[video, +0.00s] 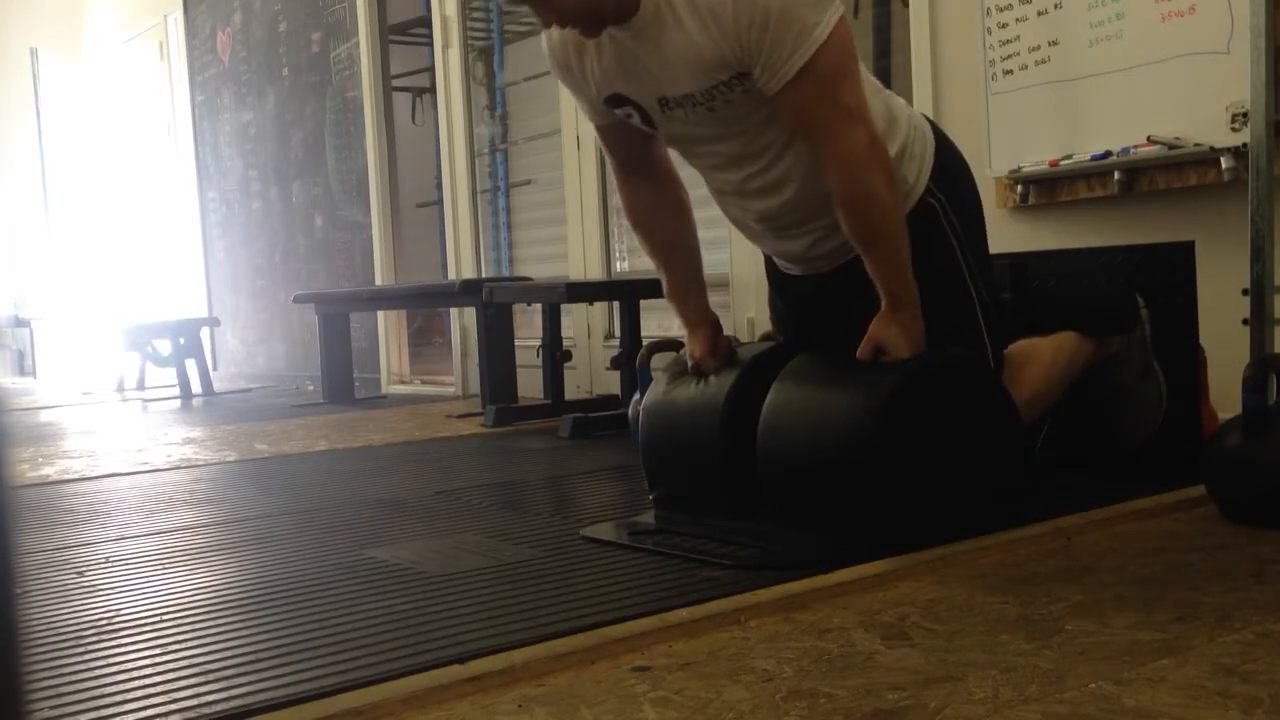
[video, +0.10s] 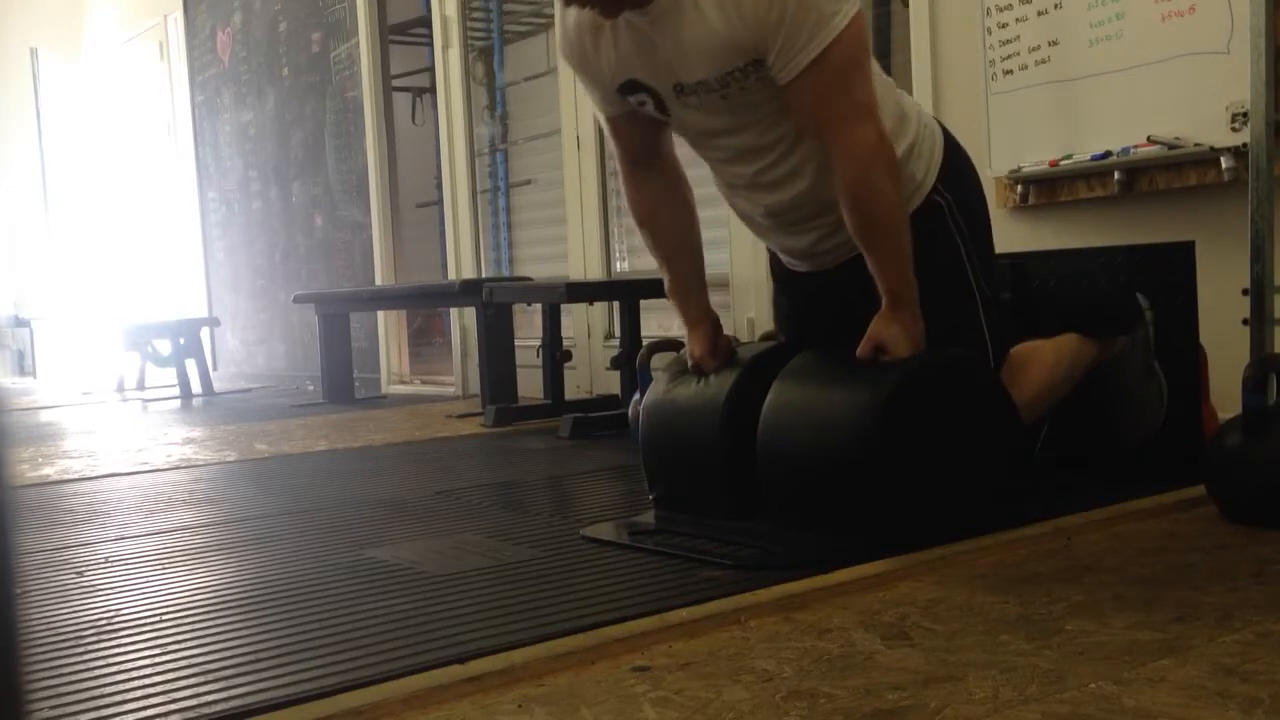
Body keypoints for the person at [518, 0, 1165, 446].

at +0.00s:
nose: (550, 21)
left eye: (554, 7)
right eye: (542, 14)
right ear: (554, 13)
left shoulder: (750, 4)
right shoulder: (571, 42)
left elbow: (849, 142)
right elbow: (643, 173)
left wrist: (899, 305)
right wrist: (697, 323)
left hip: (909, 203)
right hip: (797, 247)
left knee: (967, 425)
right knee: (836, 436)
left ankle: (1087, 338)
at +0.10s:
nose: (600, 3)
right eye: (588, 2)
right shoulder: (585, 30)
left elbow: (858, 142)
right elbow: (648, 167)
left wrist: (900, 304)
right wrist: (697, 317)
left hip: (914, 199)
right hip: (801, 241)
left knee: (969, 414)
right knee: (827, 429)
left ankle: (1095, 340)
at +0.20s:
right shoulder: (600, 18)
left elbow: (865, 139)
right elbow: (656, 164)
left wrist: (901, 305)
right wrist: (698, 320)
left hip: (920, 199)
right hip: (805, 238)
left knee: (966, 425)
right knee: (830, 438)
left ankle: (1095, 340)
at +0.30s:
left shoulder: (816, 1)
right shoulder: (615, 18)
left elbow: (872, 137)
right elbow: (663, 161)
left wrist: (902, 304)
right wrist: (699, 316)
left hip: (927, 199)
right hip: (810, 234)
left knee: (967, 427)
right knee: (829, 439)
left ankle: (1105, 339)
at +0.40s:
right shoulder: (625, 15)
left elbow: (878, 134)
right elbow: (671, 157)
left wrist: (903, 304)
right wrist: (702, 314)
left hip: (933, 201)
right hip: (816, 233)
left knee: (967, 431)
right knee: (833, 435)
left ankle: (1105, 341)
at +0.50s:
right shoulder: (635, 14)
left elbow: (882, 131)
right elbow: (675, 155)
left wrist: (903, 302)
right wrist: (702, 317)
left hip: (939, 201)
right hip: (820, 229)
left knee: (966, 428)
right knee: (830, 433)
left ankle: (1106, 342)